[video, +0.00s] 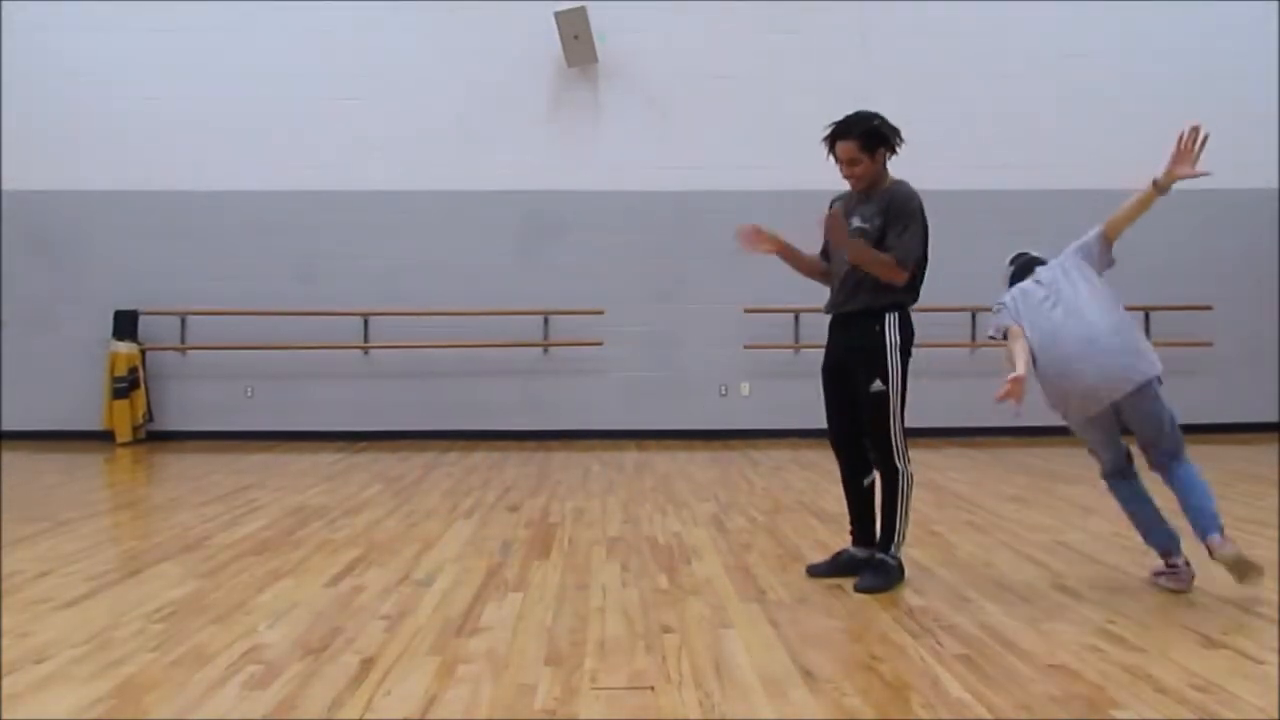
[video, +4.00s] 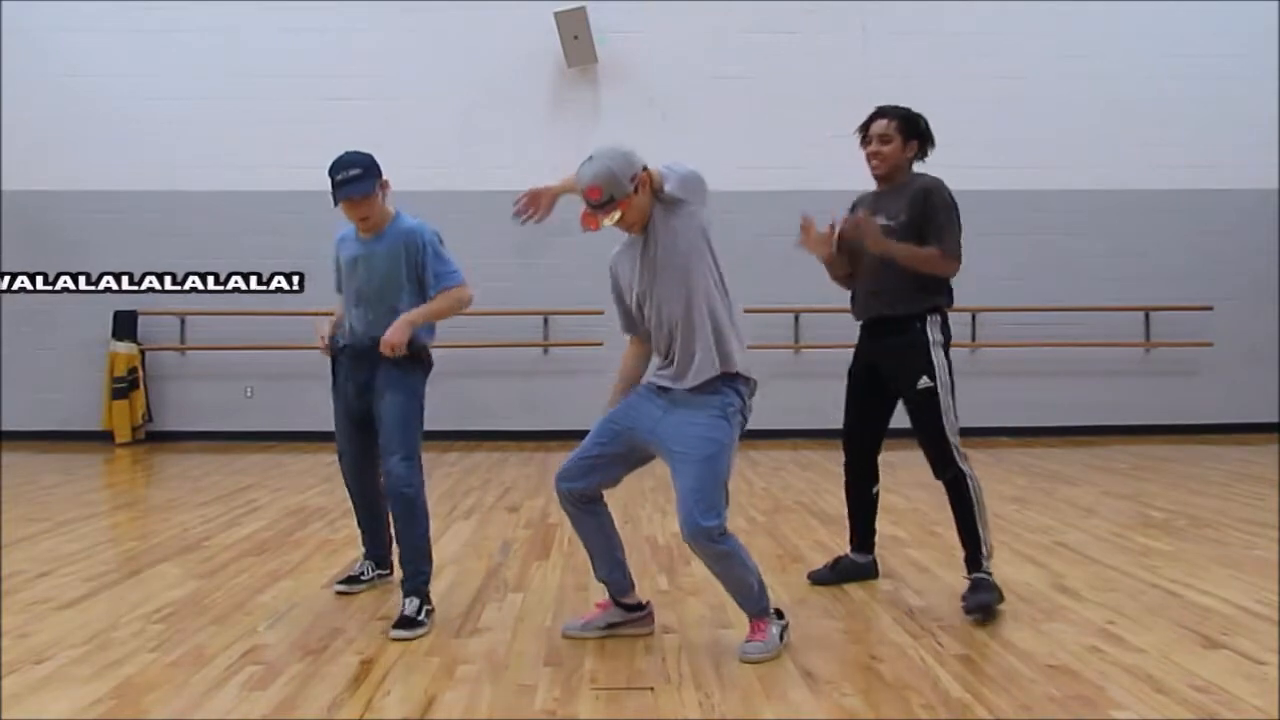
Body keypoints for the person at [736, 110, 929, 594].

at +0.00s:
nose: (846, 172)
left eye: (854, 162)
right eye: (840, 163)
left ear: (881, 155)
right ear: (837, 160)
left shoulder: (904, 201)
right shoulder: (843, 206)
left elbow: (900, 273)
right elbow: (830, 273)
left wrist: (846, 243)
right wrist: (782, 248)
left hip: (883, 329)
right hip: (844, 331)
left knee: (885, 444)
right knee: (848, 442)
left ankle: (889, 555)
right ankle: (862, 546)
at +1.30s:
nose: (848, 143)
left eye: (854, 134)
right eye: (836, 139)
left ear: (867, 144)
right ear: (824, 157)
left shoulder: (904, 192)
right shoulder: (822, 213)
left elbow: (950, 237)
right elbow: (819, 281)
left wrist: (915, 255)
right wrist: (795, 242)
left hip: (890, 329)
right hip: (844, 333)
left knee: (890, 448)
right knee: (849, 447)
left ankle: (892, 557)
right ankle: (862, 548)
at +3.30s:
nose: (841, 145)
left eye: (852, 137)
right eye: (839, 138)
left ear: (880, 150)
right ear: (841, 151)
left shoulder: (897, 196)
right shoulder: (844, 205)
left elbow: (930, 257)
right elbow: (845, 270)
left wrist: (866, 271)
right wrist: (814, 255)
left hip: (879, 329)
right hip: (842, 330)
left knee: (877, 445)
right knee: (841, 444)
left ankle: (893, 557)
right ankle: (859, 550)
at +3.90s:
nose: (858, 151)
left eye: (869, 143)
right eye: (854, 144)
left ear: (897, 149)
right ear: (852, 151)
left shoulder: (917, 197)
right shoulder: (853, 207)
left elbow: (940, 267)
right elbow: (856, 277)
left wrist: (878, 273)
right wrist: (824, 277)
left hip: (908, 332)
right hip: (865, 335)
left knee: (925, 449)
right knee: (852, 447)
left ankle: (961, 571)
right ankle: (860, 555)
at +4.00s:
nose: (873, 150)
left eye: (884, 141)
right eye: (868, 142)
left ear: (912, 147)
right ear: (863, 151)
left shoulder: (931, 193)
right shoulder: (860, 207)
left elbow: (948, 261)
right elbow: (849, 277)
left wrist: (882, 245)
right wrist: (830, 253)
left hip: (921, 333)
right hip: (875, 336)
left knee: (944, 453)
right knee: (858, 450)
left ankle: (979, 572)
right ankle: (861, 555)